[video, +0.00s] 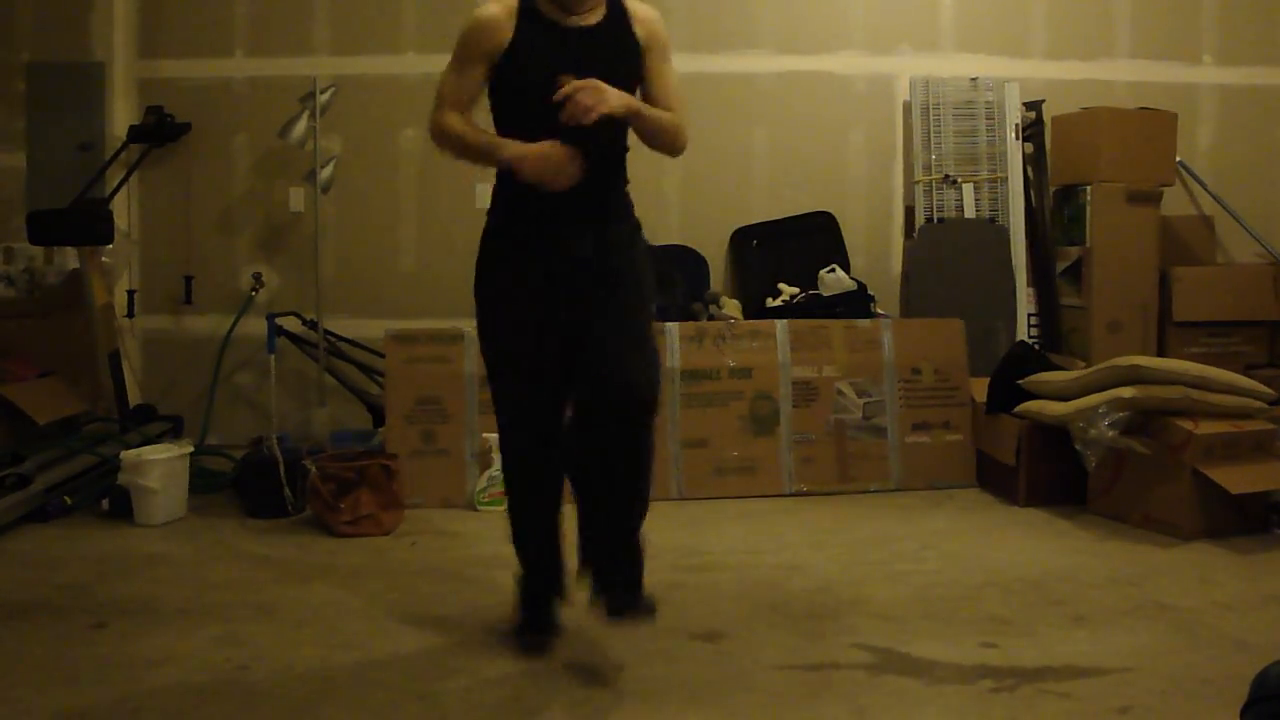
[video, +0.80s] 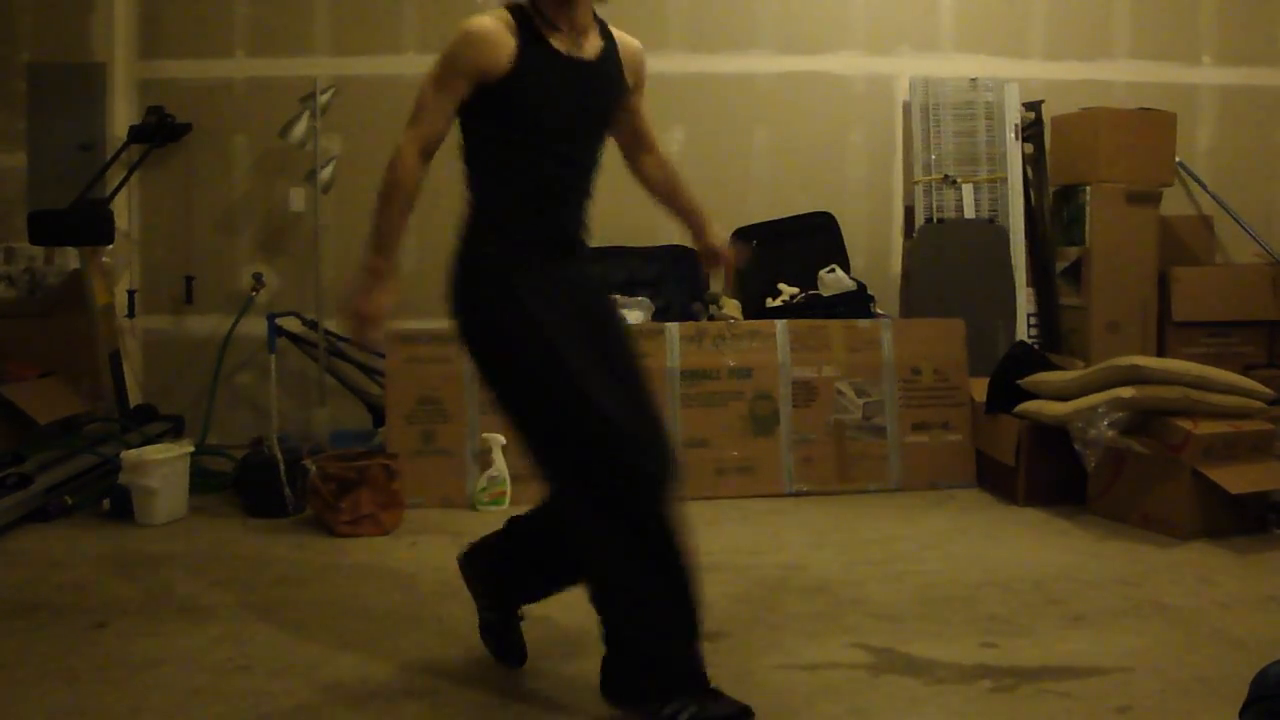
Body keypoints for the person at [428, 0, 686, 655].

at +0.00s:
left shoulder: (639, 26)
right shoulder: (496, 25)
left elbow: (675, 137)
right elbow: (445, 122)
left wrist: (625, 104)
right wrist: (518, 153)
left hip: (609, 248)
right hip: (521, 249)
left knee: (623, 408)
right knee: (530, 423)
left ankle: (617, 574)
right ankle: (538, 592)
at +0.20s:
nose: (570, 7)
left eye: (579, 0)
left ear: (593, 0)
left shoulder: (626, 64)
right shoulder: (486, 53)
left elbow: (644, 168)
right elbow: (482, 159)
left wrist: (609, 149)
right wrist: (571, 175)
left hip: (584, 287)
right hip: (499, 283)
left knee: (592, 463)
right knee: (492, 462)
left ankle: (545, 650)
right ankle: (517, 591)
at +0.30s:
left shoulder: (639, 57)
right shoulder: (503, 28)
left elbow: (638, 158)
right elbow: (475, 138)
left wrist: (627, 216)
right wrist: (530, 231)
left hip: (585, 269)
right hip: (492, 264)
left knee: (566, 452)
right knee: (482, 441)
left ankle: (492, 623)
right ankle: (487, 599)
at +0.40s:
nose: (595, 2)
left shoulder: (642, 68)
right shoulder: (503, 46)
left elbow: (637, 189)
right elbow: (441, 150)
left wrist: (644, 292)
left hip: (581, 292)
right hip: (496, 285)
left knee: (560, 484)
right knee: (496, 455)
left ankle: (474, 623)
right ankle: (407, 542)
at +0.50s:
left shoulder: (639, 40)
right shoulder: (507, 28)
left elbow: (640, 164)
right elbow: (416, 129)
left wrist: (659, 266)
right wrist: (336, 223)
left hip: (589, 272)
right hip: (516, 269)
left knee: (606, 457)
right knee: (543, 448)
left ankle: (486, 609)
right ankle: (466, 605)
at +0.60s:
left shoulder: (639, 39)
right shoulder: (505, 39)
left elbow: (643, 133)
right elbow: (404, 118)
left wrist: (679, 207)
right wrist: (329, 187)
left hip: (603, 284)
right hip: (537, 289)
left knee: (655, 460)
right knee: (612, 472)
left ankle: (492, 577)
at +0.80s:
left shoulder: (621, 54)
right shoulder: (488, 42)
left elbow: (644, 152)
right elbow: (412, 152)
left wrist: (704, 229)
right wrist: (378, 271)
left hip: (570, 282)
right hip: (497, 285)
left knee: (635, 464)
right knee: (613, 467)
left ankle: (501, 570)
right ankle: (654, 682)